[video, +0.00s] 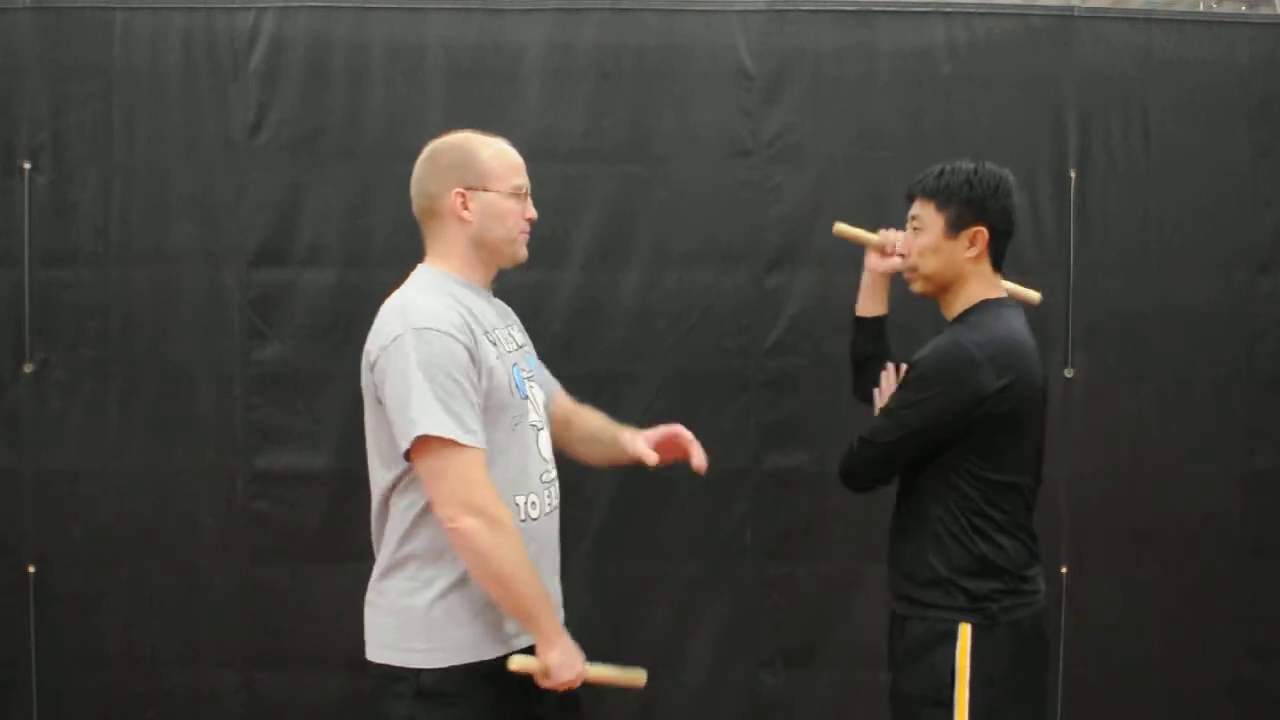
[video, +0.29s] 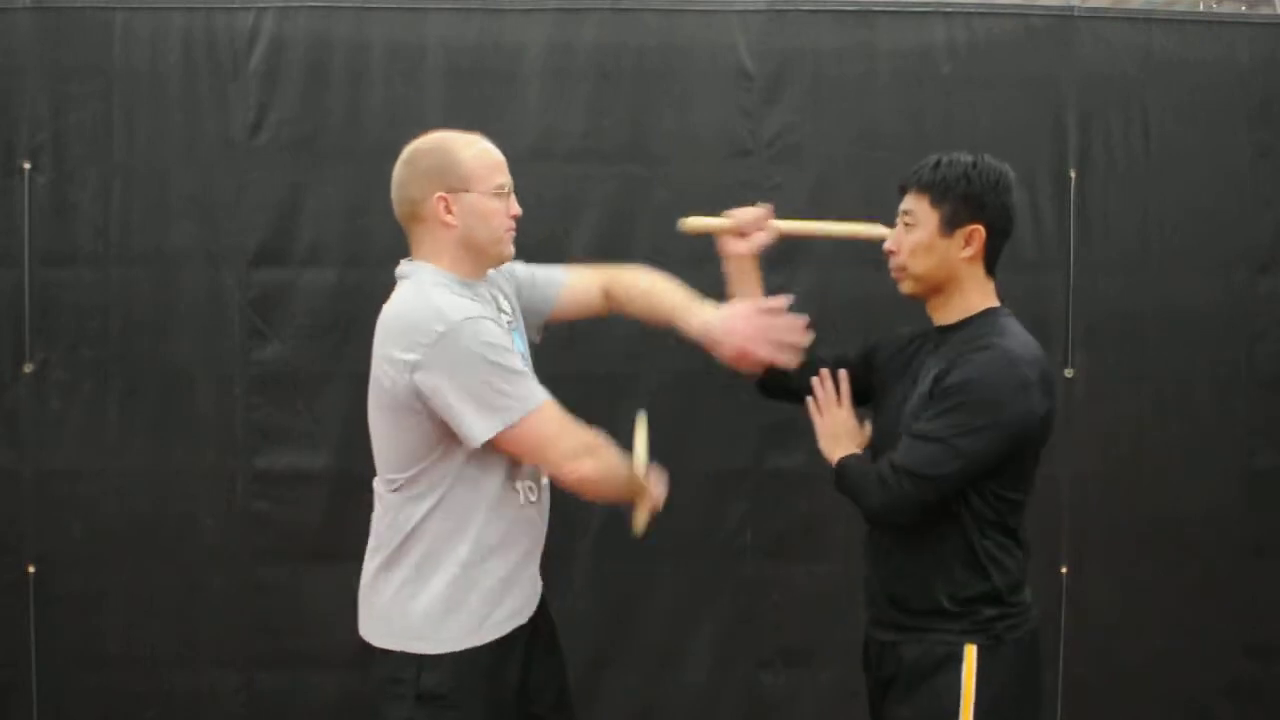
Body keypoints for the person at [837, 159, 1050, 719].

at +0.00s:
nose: (904, 246)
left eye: (918, 230)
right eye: (908, 229)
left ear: (974, 242)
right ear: (970, 245)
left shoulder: (967, 352)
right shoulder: (1001, 334)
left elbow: (860, 469)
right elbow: (873, 388)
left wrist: (886, 414)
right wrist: (875, 279)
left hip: (964, 620)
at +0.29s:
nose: (889, 243)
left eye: (908, 225)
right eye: (896, 225)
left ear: (969, 241)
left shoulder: (1004, 366)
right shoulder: (911, 354)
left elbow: (896, 497)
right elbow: (779, 375)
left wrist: (847, 457)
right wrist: (740, 263)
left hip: (967, 651)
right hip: (903, 644)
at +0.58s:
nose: (868, 240)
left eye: (890, 220)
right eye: (873, 221)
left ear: (952, 238)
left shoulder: (1001, 367)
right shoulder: (861, 350)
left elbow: (935, 515)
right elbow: (733, 351)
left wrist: (839, 474)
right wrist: (672, 263)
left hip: (957, 653)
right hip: (871, 646)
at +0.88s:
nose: (861, 240)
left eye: (884, 220)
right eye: (866, 221)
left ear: (945, 237)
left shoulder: (996, 369)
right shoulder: (853, 343)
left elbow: (967, 508)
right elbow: (755, 385)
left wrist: (843, 464)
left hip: (947, 647)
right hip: (858, 638)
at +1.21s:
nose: (850, 247)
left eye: (872, 228)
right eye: (855, 228)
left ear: (931, 243)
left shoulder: (956, 349)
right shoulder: (869, 355)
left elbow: (846, 327)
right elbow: (817, 473)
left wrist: (718, 306)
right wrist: (784, 573)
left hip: (929, 644)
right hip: (861, 637)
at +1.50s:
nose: (858, 244)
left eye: (877, 227)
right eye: (866, 226)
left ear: (935, 246)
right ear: (933, 248)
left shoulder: (954, 338)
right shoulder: (896, 341)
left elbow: (792, 296)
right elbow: (772, 390)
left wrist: (804, 240)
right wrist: (714, 297)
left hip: (908, 641)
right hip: (869, 635)